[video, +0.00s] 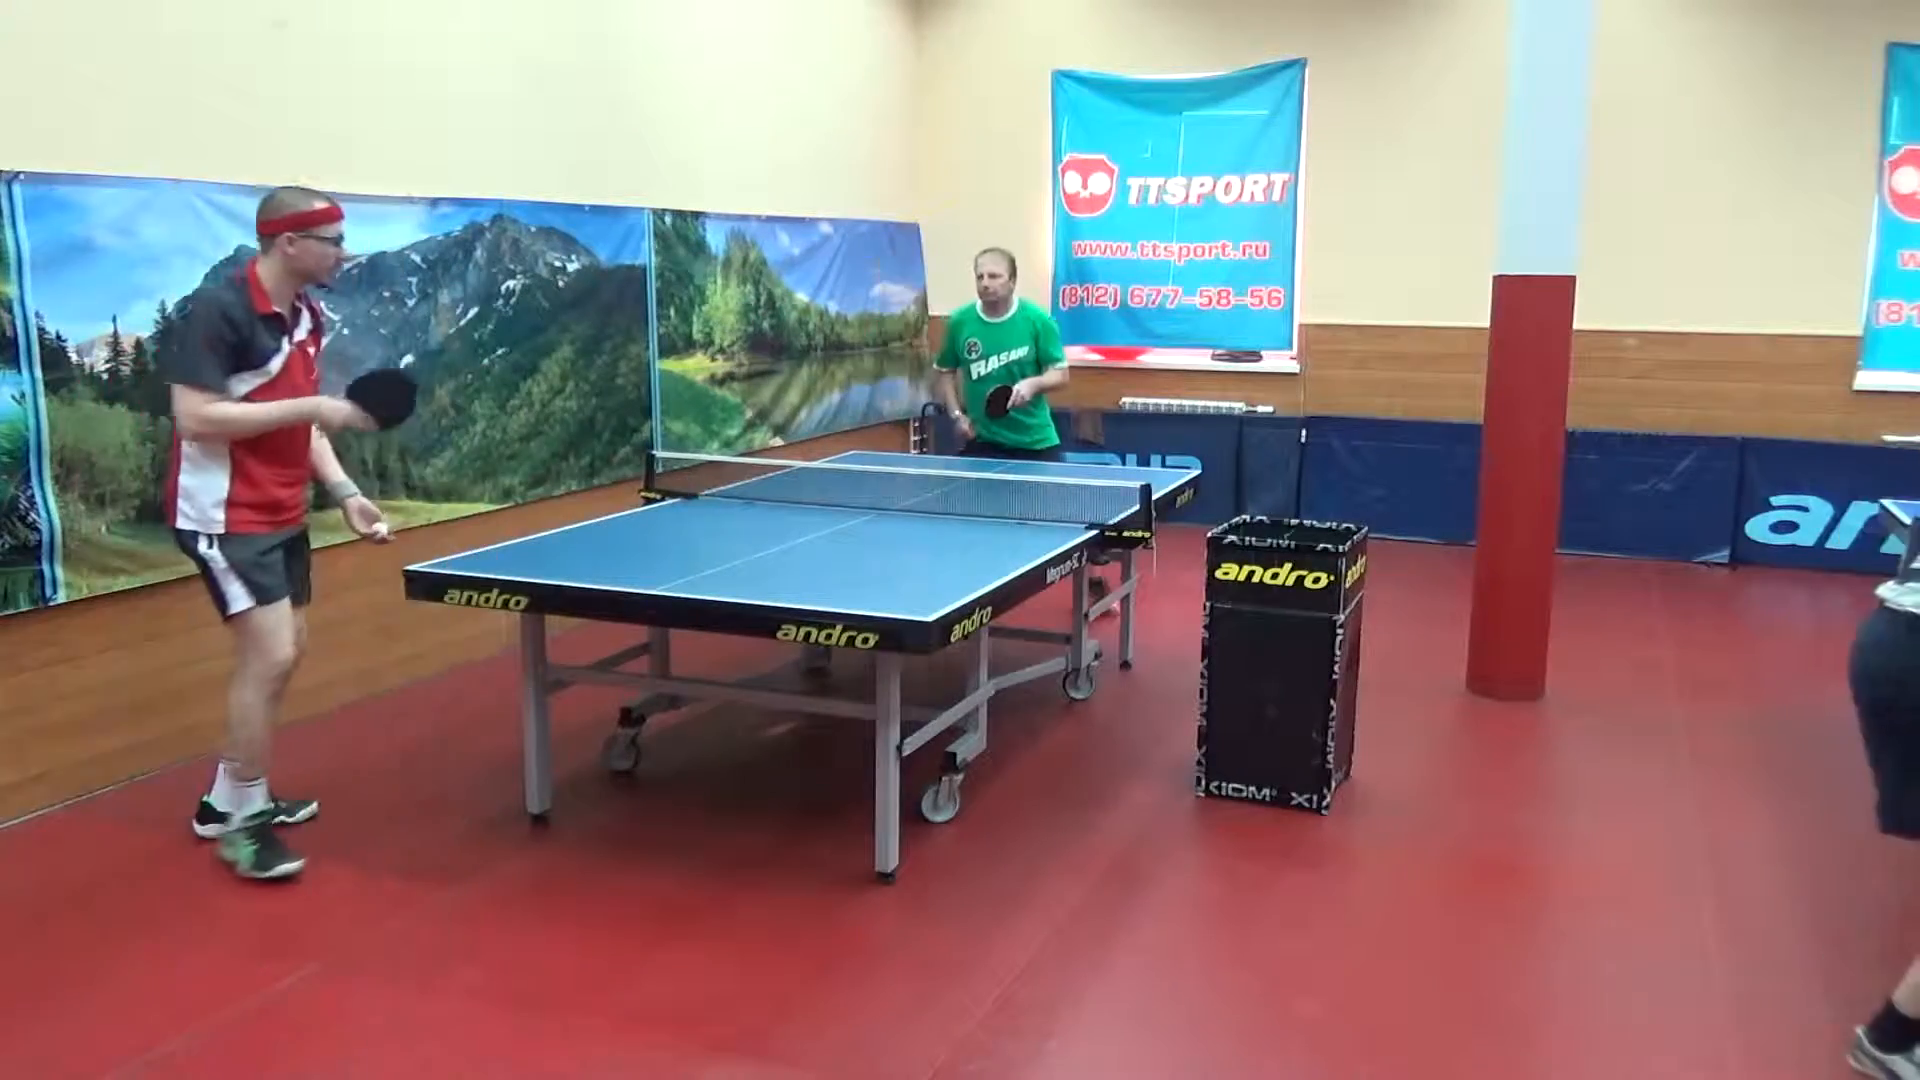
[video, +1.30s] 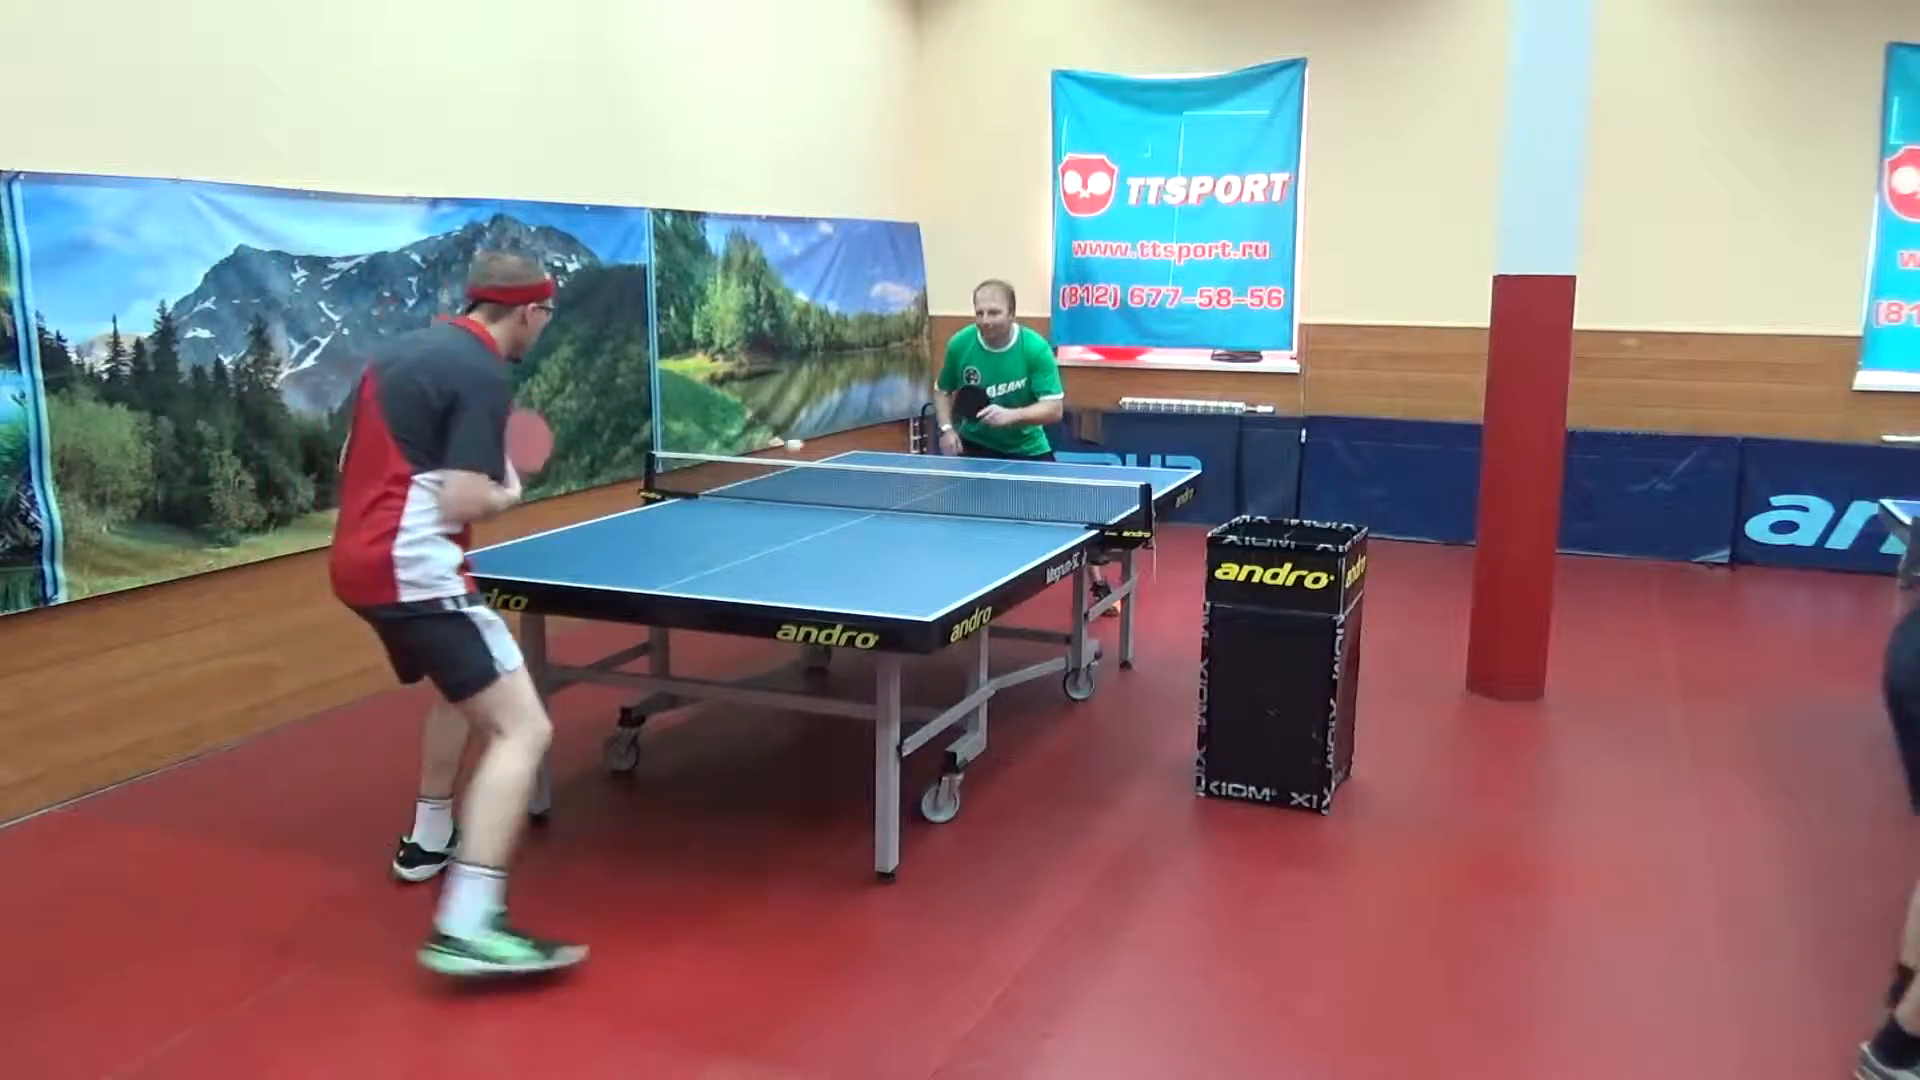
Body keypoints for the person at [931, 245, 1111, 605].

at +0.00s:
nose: (987, 284)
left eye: (995, 277)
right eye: (981, 277)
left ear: (1013, 281)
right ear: (975, 281)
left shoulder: (1037, 321)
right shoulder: (960, 322)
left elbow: (1060, 374)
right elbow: (945, 372)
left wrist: (1032, 384)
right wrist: (956, 414)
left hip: (1036, 438)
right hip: (984, 439)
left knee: (1063, 505)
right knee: (969, 512)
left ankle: (1089, 575)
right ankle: (969, 586)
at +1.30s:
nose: (986, 321)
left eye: (994, 313)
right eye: (981, 313)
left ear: (1012, 314)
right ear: (973, 313)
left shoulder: (1035, 348)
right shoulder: (960, 345)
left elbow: (1053, 409)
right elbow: (943, 390)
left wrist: (1011, 415)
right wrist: (946, 428)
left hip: (1029, 450)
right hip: (976, 449)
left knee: (1068, 510)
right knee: (963, 517)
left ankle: (1098, 584)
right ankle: (962, 594)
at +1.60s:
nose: (946, 357)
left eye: (954, 350)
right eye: (943, 350)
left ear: (976, 350)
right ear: (939, 349)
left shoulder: (1001, 377)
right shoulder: (936, 372)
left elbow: (1020, 432)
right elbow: (925, 418)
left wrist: (969, 436)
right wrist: (921, 427)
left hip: (1013, 465)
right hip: (962, 466)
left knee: (1050, 519)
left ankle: (1096, 584)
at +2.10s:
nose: (960, 305)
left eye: (969, 298)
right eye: (956, 298)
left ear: (990, 301)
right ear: (953, 301)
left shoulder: (1011, 338)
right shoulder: (947, 339)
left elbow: (1020, 398)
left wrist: (966, 404)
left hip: (1017, 452)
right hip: (965, 451)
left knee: (1051, 516)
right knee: (954, 522)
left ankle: (1088, 588)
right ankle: (959, 597)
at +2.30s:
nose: (974, 298)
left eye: (983, 291)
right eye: (970, 291)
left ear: (1004, 295)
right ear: (965, 294)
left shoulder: (1028, 336)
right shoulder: (953, 334)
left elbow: (1051, 394)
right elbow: (938, 383)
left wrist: (1008, 409)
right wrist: (934, 424)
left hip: (1021, 448)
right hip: (967, 447)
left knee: (1049, 516)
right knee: (958, 521)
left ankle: (1087, 587)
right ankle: (958, 596)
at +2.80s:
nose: (941, 302)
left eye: (947, 294)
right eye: (939, 295)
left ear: (974, 290)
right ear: (945, 295)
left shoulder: (1013, 324)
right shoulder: (947, 334)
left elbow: (1053, 375)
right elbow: (947, 388)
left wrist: (1024, 416)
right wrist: (932, 424)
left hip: (1024, 446)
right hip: (972, 447)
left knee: (1049, 518)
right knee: (966, 522)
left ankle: (1087, 587)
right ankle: (969, 599)